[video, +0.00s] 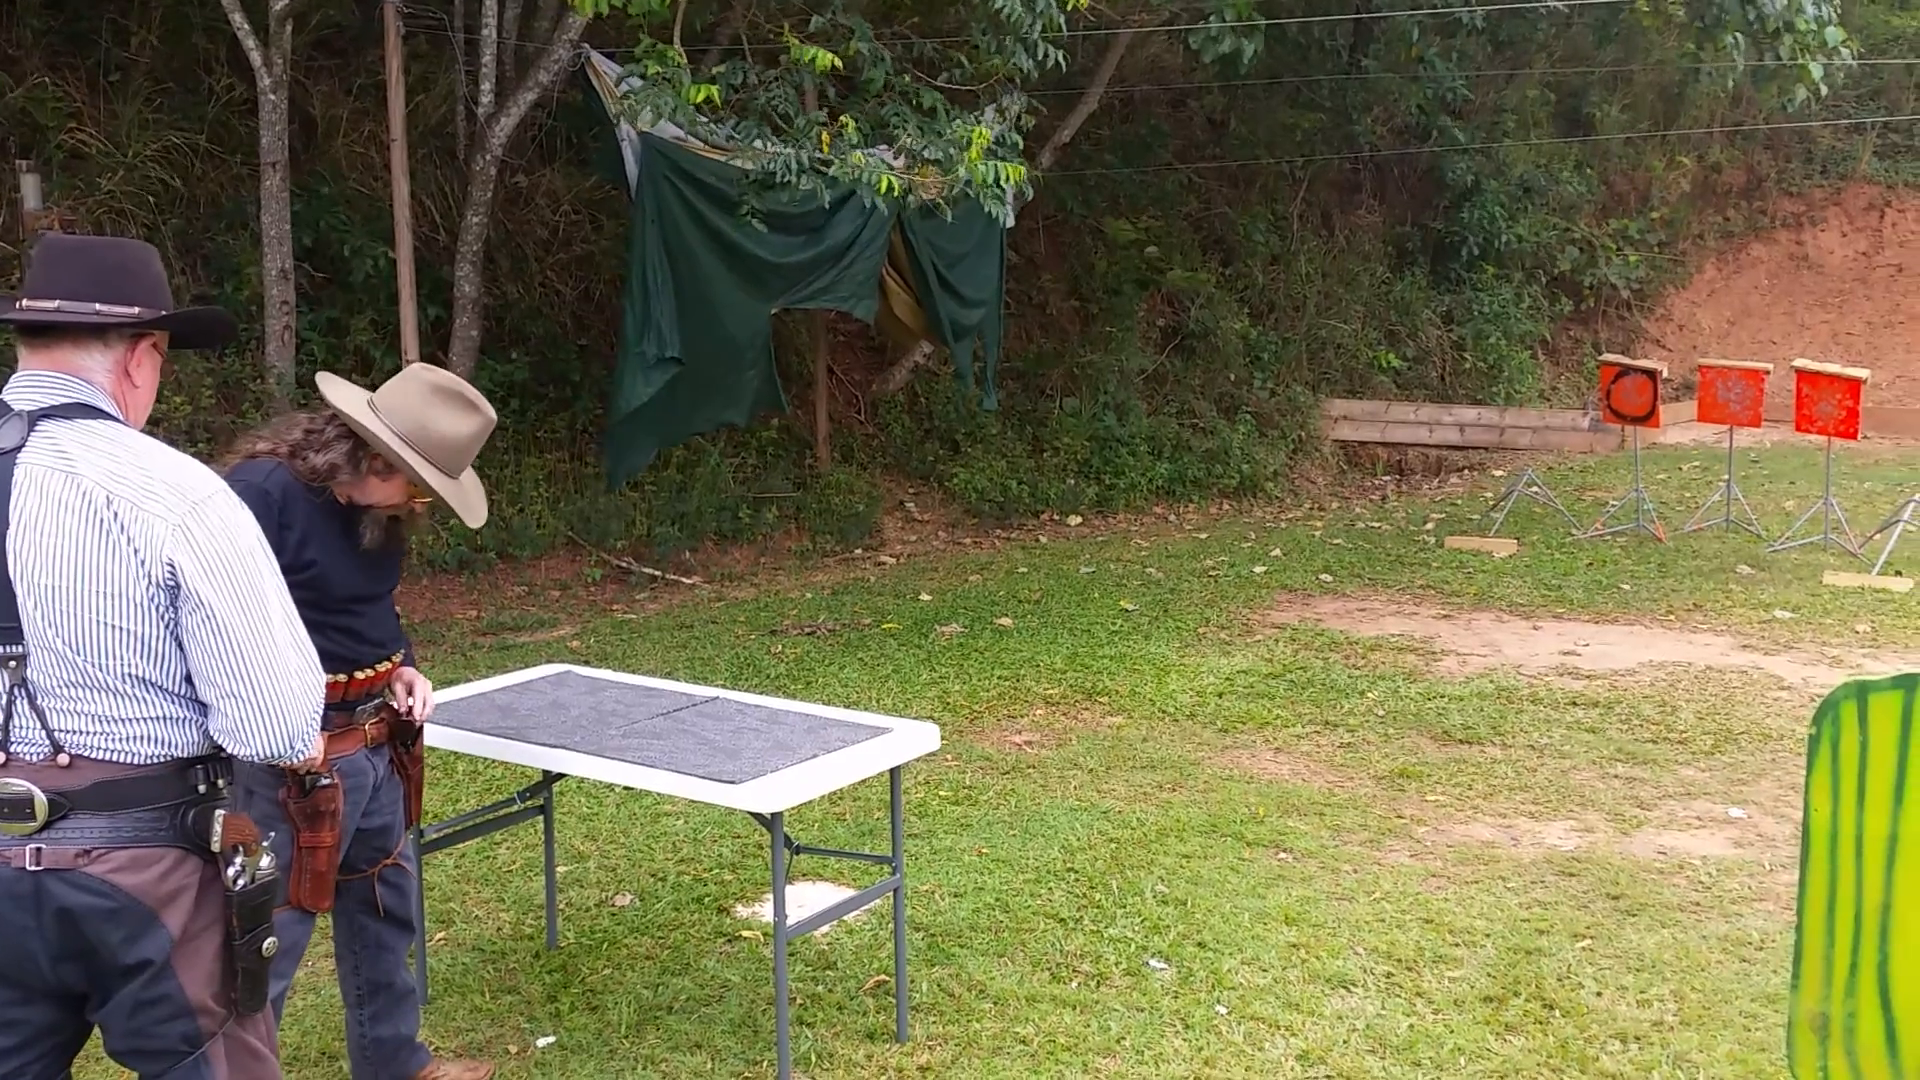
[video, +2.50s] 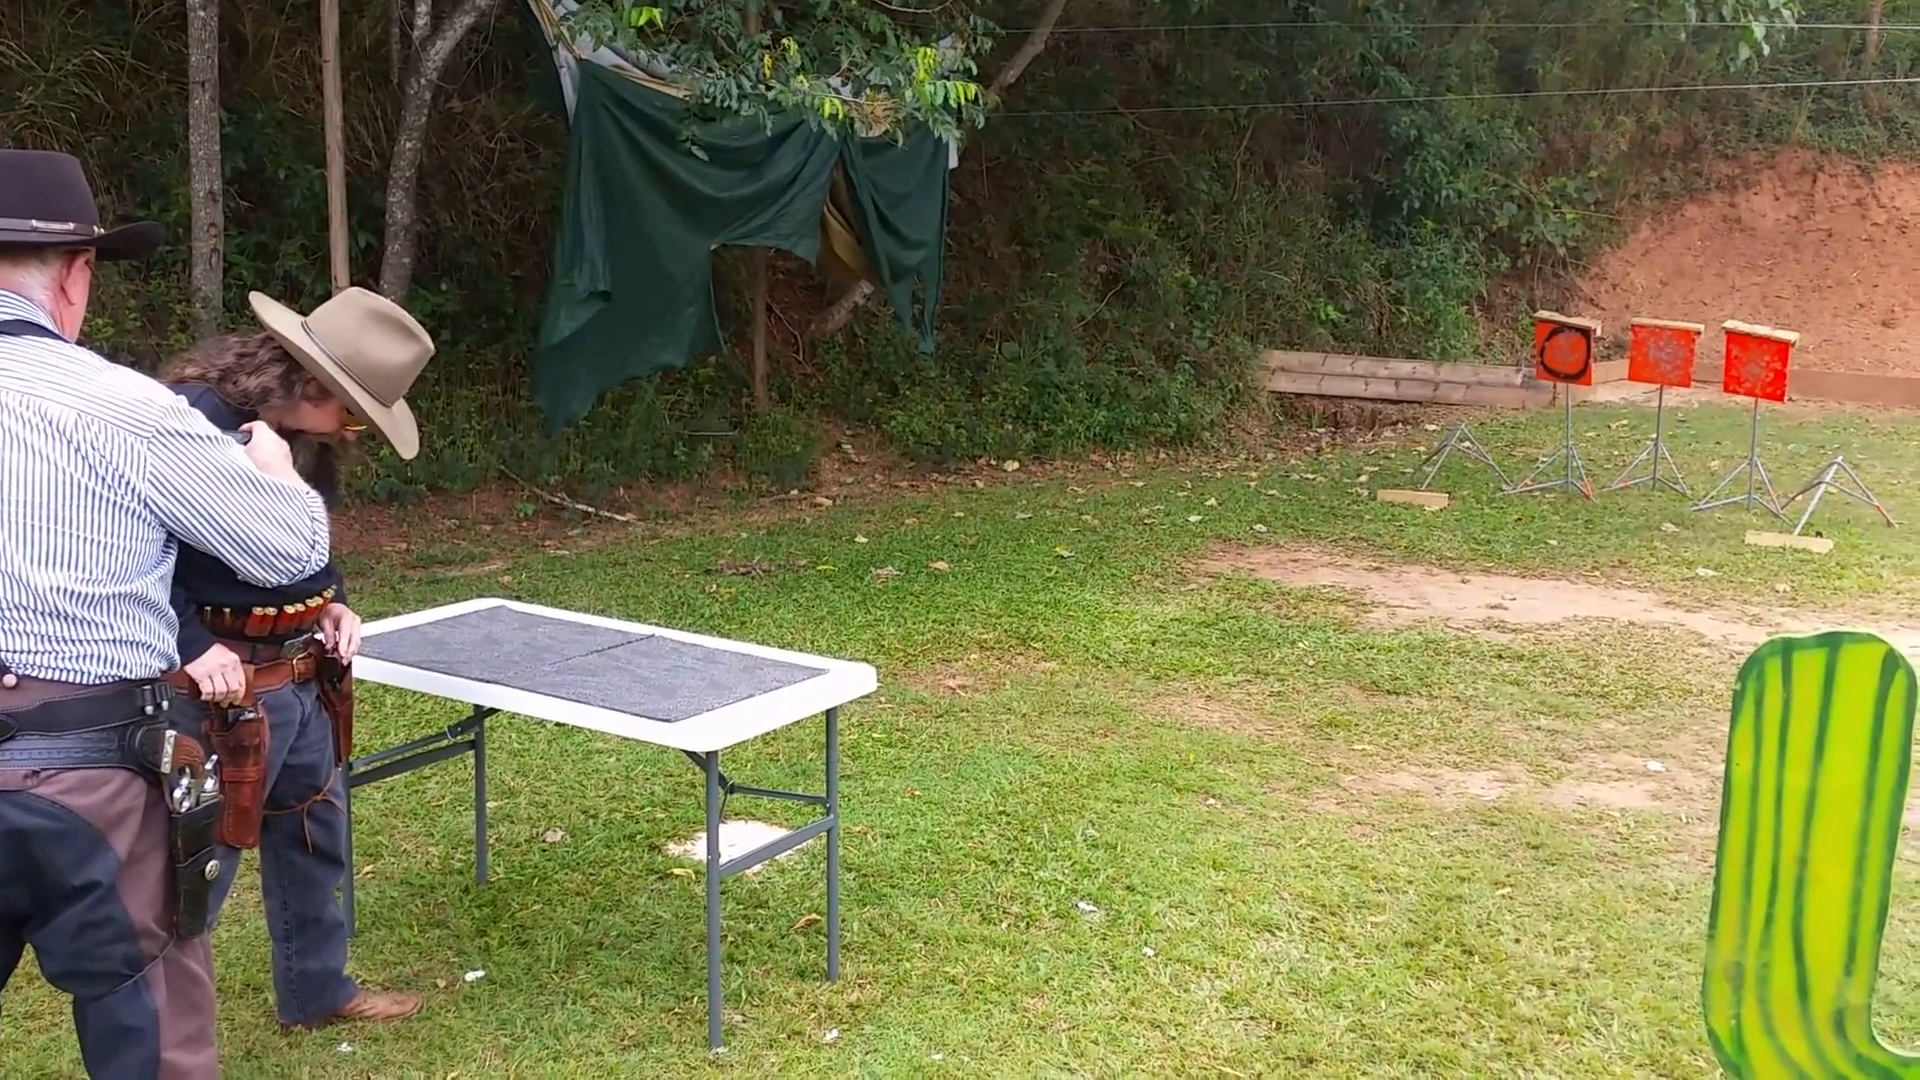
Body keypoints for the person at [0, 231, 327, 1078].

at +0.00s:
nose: (155, 386)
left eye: (160, 364)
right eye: (160, 363)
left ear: (27, 348)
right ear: (135, 363)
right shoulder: (170, 489)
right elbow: (276, 722)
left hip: (4, 839)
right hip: (138, 848)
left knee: (20, 1061)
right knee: (216, 1060)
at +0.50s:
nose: (142, 370)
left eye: (147, 347)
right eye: (146, 347)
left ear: (9, 333)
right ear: (120, 346)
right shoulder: (153, 474)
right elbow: (263, 714)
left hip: (1, 825)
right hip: (118, 838)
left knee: (11, 1059)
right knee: (195, 1059)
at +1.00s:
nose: (136, 338)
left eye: (140, 315)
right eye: (139, 316)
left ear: (5, 302)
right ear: (113, 316)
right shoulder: (146, 439)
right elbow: (268, 677)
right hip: (115, 802)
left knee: (7, 1046)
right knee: (192, 1053)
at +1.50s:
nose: (126, 314)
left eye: (126, 292)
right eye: (126, 291)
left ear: (3, 286)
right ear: (103, 295)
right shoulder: (150, 425)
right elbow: (339, 574)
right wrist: (312, 488)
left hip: (4, 774)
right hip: (118, 784)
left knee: (4, 1043)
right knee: (184, 1052)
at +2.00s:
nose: (101, 310)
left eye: (101, 288)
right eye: (102, 286)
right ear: (84, 290)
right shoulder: (135, 424)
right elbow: (306, 565)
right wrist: (288, 492)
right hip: (94, 778)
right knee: (164, 1048)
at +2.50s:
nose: (90, 290)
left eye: (89, 267)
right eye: (91, 267)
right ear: (73, 273)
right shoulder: (123, 412)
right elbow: (297, 548)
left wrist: (184, 646)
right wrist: (270, 461)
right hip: (85, 762)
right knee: (157, 1030)